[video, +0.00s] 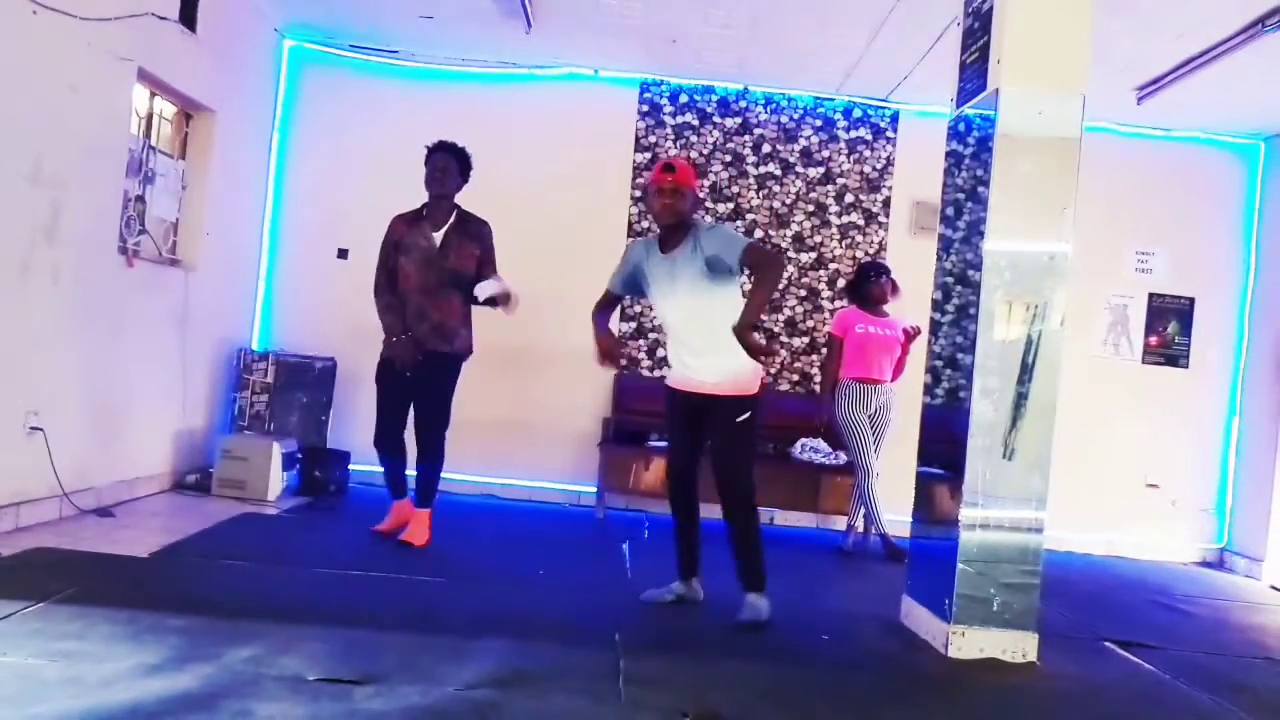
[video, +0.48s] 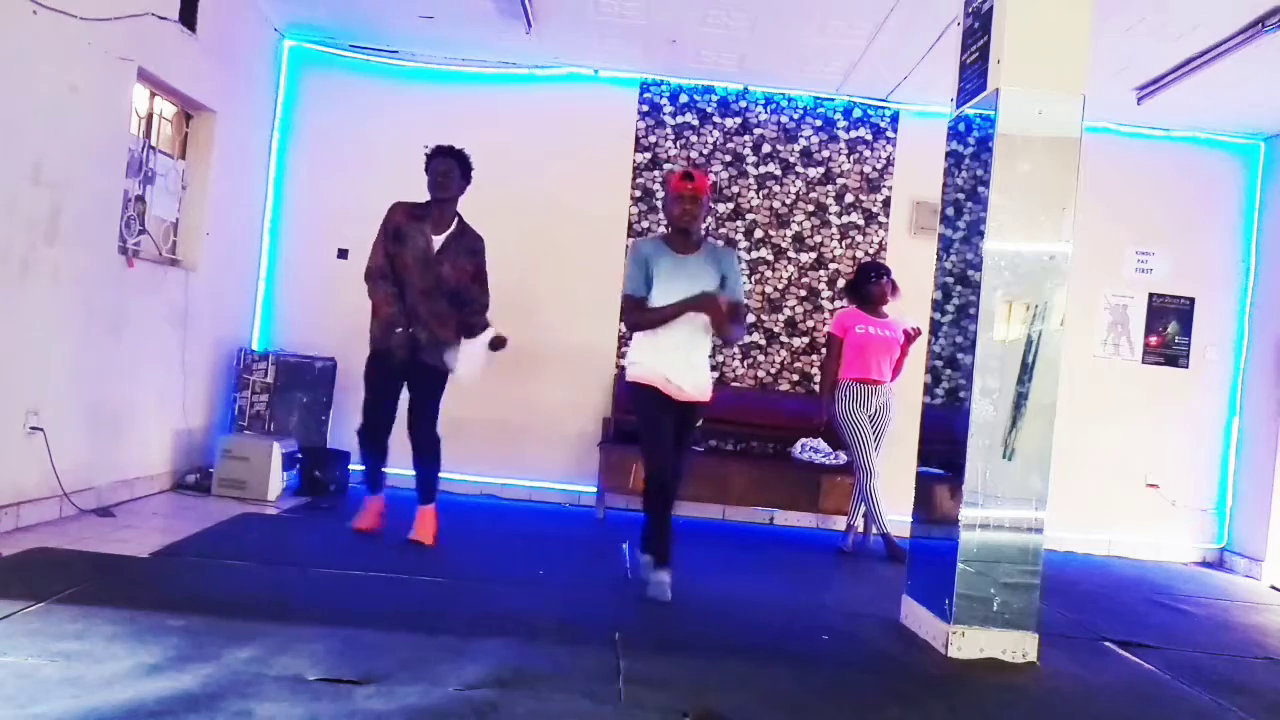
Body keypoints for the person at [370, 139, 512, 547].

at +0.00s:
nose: (436, 176)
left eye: (445, 171)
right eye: (431, 169)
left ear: (462, 179)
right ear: (424, 174)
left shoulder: (477, 230)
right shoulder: (401, 225)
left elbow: (486, 287)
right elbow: (383, 286)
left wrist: (495, 294)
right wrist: (396, 337)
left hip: (444, 352)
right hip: (401, 347)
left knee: (429, 435)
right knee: (387, 433)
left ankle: (422, 514)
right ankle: (400, 503)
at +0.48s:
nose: (439, 180)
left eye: (448, 174)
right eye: (434, 173)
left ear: (465, 183)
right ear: (426, 178)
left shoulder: (471, 242)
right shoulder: (400, 215)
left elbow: (477, 311)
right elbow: (377, 272)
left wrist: (453, 334)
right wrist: (392, 321)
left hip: (434, 351)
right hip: (389, 343)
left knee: (422, 428)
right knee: (374, 423)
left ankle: (427, 510)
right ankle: (374, 498)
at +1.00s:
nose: (416, 181)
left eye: (425, 174)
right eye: (411, 173)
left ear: (442, 180)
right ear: (405, 177)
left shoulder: (466, 227)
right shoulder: (392, 229)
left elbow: (503, 280)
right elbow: (373, 285)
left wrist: (463, 283)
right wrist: (391, 326)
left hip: (439, 355)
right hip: (396, 352)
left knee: (432, 437)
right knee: (392, 435)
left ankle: (435, 515)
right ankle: (399, 510)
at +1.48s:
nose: (429, 181)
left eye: (437, 175)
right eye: (424, 174)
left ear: (453, 180)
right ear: (415, 178)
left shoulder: (468, 237)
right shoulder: (394, 217)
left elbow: (467, 298)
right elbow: (382, 275)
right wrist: (403, 326)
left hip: (440, 348)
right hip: (395, 341)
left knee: (432, 426)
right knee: (385, 419)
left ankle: (442, 506)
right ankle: (353, 494)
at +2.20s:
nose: (426, 187)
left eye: (436, 182)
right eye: (423, 180)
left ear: (453, 191)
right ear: (416, 184)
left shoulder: (468, 235)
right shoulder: (394, 234)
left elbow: (494, 290)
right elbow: (378, 292)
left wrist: (486, 298)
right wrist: (399, 343)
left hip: (444, 351)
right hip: (399, 349)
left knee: (440, 425)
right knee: (405, 423)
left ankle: (415, 491)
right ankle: (406, 504)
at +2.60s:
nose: (420, 180)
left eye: (429, 174)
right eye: (415, 173)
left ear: (445, 181)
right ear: (409, 178)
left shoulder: (462, 233)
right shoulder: (396, 212)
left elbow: (471, 285)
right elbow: (379, 267)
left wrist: (476, 325)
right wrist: (390, 318)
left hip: (434, 342)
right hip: (390, 336)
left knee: (421, 426)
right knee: (381, 420)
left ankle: (412, 500)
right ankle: (367, 499)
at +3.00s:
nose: (414, 182)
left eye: (422, 175)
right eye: (408, 175)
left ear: (440, 184)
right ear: (401, 183)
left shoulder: (458, 224)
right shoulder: (390, 238)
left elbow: (491, 280)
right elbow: (364, 295)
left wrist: (464, 283)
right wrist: (386, 335)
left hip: (438, 346)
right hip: (393, 344)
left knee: (425, 427)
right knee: (383, 426)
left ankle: (437, 509)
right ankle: (375, 507)